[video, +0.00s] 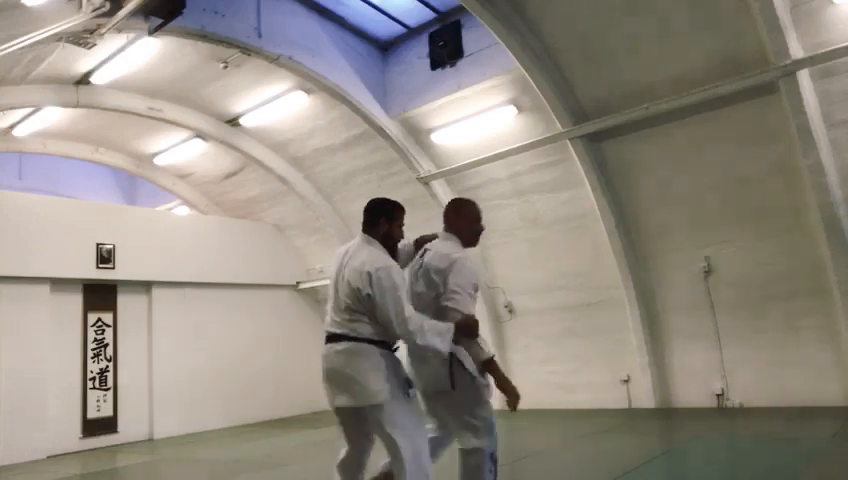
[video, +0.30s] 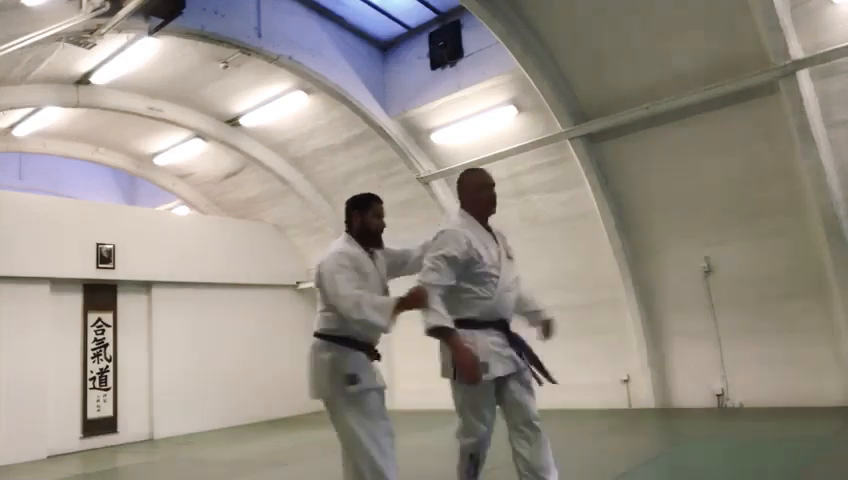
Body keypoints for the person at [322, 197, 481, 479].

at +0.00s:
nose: (403, 233)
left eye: (403, 226)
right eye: (400, 226)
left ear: (370, 225)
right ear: (382, 225)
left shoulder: (348, 252)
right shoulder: (381, 265)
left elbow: (387, 260)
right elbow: (404, 323)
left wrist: (416, 246)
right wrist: (453, 330)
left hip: (335, 357)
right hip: (368, 360)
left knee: (358, 443)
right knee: (409, 442)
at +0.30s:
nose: (384, 224)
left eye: (383, 217)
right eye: (378, 217)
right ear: (356, 218)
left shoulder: (376, 256)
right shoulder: (337, 259)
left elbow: (418, 257)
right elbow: (351, 306)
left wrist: (452, 240)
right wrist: (400, 303)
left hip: (358, 356)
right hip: (340, 357)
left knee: (364, 447)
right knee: (374, 446)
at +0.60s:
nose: (363, 218)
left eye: (364, 212)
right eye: (356, 213)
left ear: (362, 215)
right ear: (335, 216)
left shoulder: (371, 259)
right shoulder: (313, 256)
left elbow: (396, 296)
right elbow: (314, 303)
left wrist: (429, 300)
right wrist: (369, 310)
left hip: (354, 363)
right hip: (314, 364)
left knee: (359, 443)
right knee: (319, 442)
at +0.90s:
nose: (335, 220)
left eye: (336, 214)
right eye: (327, 214)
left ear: (337, 219)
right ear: (308, 221)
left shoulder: (349, 265)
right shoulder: (292, 261)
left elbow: (361, 316)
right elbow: (291, 308)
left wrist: (360, 362)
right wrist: (336, 339)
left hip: (342, 368)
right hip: (300, 369)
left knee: (358, 445)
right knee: (281, 450)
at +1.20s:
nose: (312, 222)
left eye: (311, 217)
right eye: (304, 217)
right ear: (282, 222)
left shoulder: (322, 266)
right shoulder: (260, 270)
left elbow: (339, 313)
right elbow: (250, 328)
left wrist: (353, 355)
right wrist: (268, 374)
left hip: (318, 369)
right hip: (274, 372)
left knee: (342, 444)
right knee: (269, 456)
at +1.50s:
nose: (307, 222)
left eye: (306, 217)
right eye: (299, 217)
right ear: (277, 223)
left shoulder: (320, 265)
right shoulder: (254, 270)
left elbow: (334, 315)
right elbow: (244, 327)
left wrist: (341, 359)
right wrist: (261, 373)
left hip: (319, 370)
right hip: (274, 374)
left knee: (336, 453)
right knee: (266, 459)